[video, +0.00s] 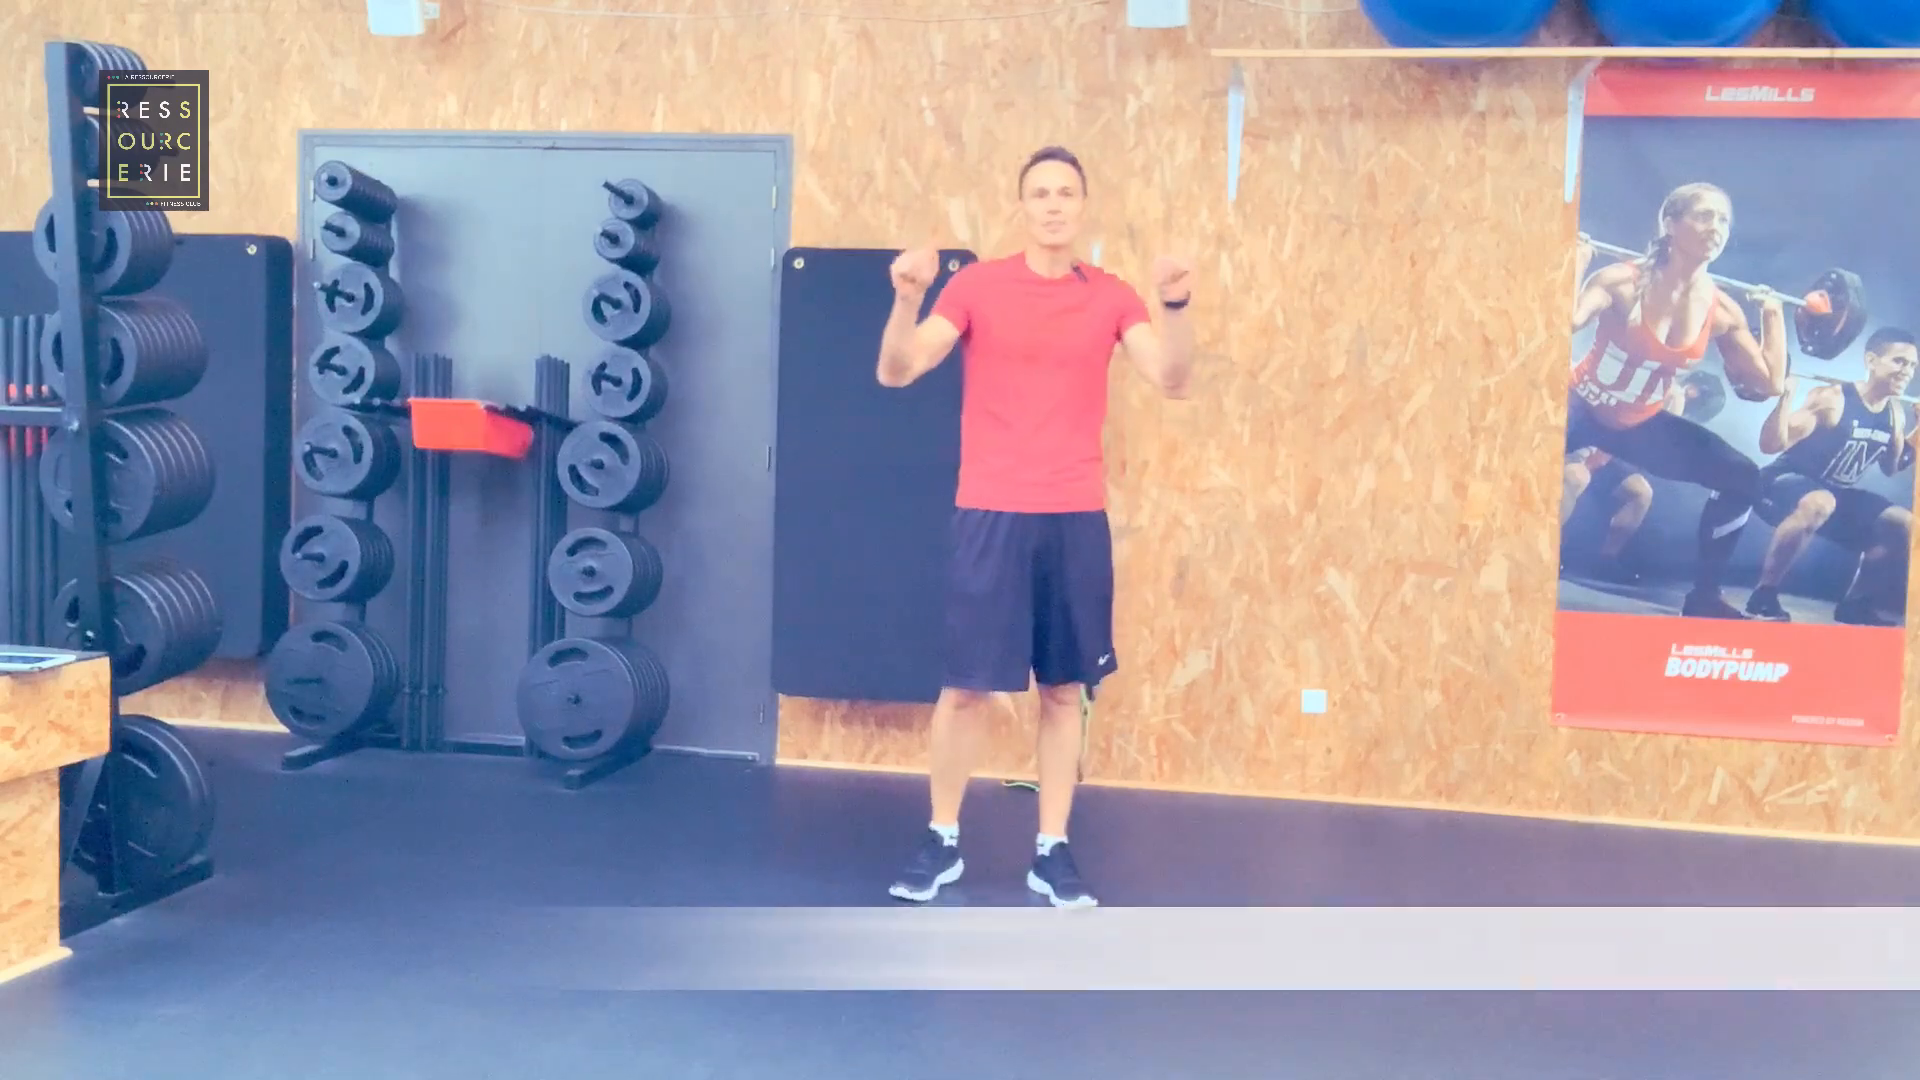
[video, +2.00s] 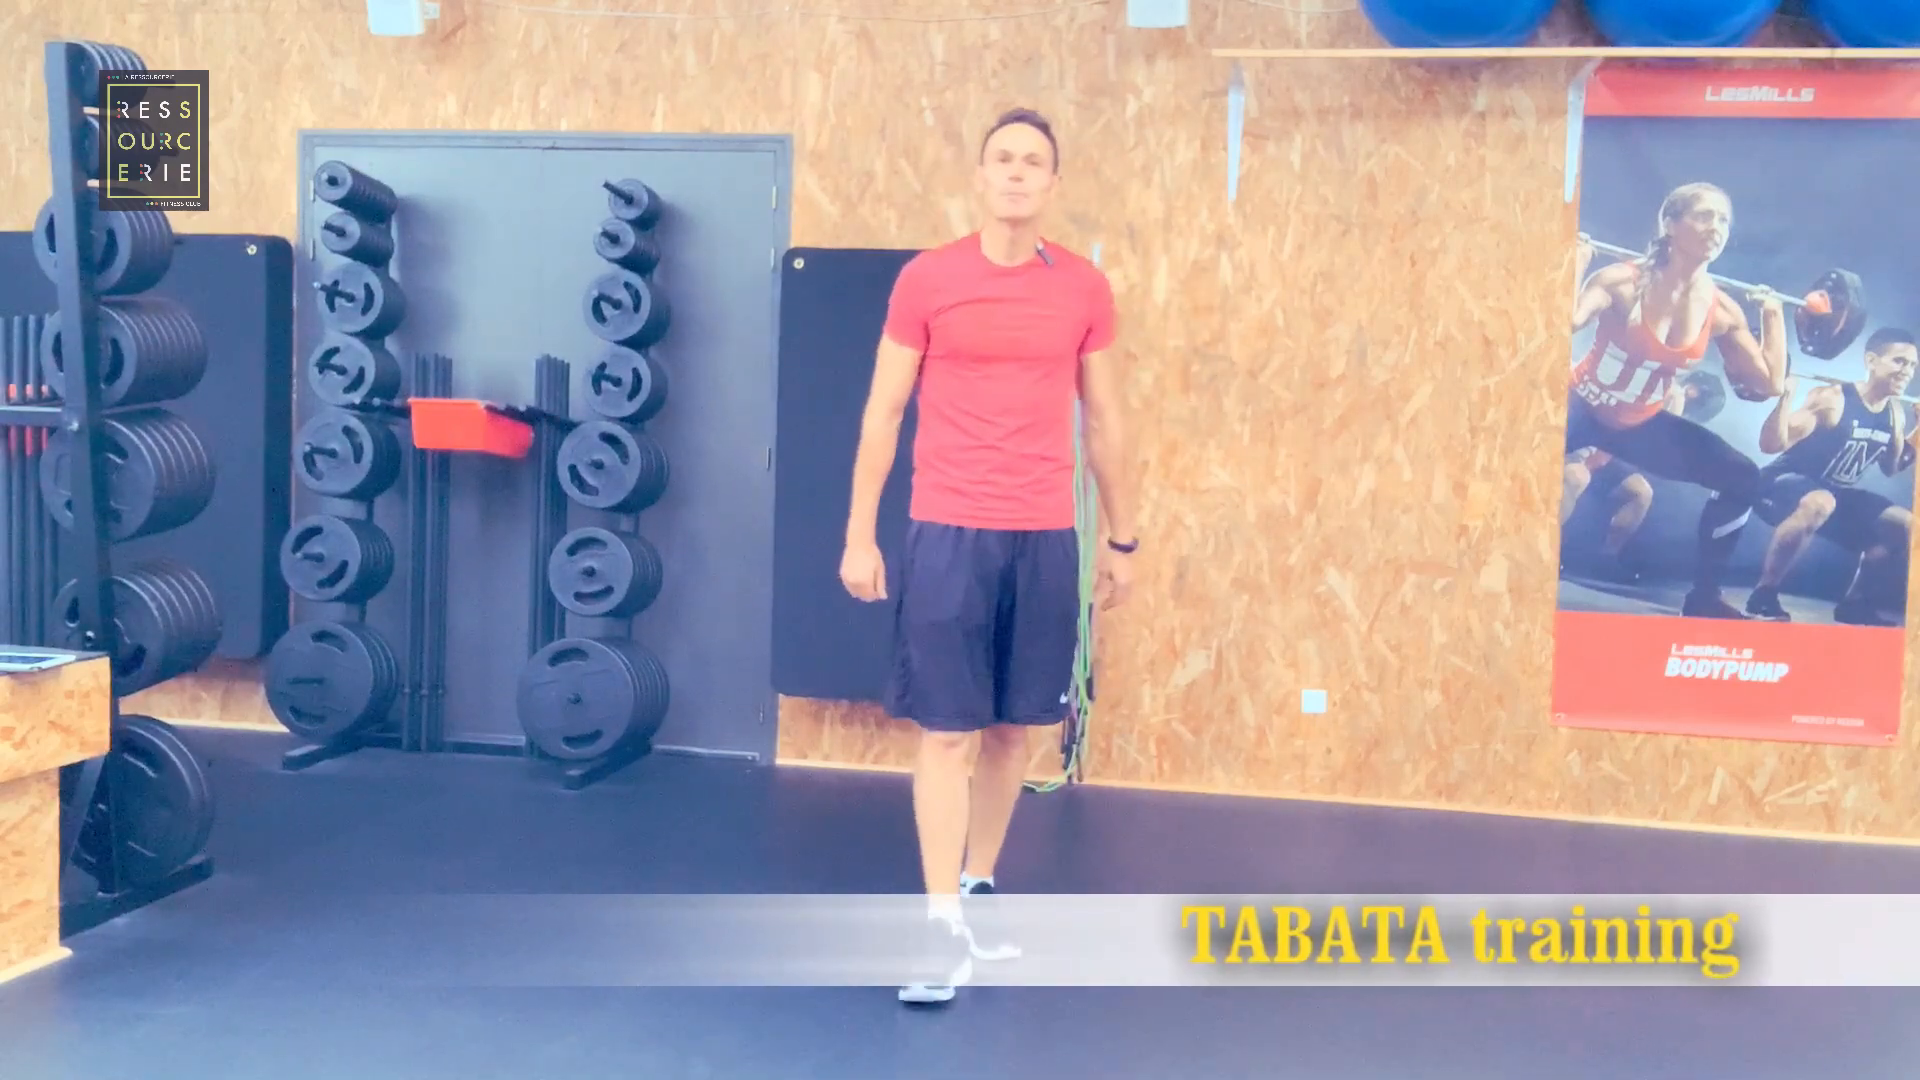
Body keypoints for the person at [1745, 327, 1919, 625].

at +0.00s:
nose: (1906, 372)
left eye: (1912, 365)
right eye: (1899, 361)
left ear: (1914, 372)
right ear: (1871, 361)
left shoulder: (1894, 413)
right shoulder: (1830, 398)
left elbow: (1891, 467)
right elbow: (1769, 444)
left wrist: (1910, 441)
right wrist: (1785, 396)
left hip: (1839, 495)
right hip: (1786, 481)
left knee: (1905, 525)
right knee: (1820, 503)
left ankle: (1854, 605)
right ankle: (1763, 596)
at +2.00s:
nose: (1906, 371)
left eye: (1911, 365)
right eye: (1899, 361)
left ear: (1914, 371)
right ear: (1871, 361)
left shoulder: (1894, 412)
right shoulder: (1831, 398)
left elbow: (1891, 467)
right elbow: (1769, 444)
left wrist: (1911, 443)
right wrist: (1786, 395)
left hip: (1839, 495)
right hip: (1785, 481)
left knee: (1906, 526)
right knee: (1821, 502)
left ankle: (1854, 604)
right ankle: (1764, 595)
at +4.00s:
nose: (1906, 371)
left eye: (1911, 365)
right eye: (1899, 361)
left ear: (1914, 371)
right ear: (1871, 361)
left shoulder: (1894, 412)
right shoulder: (1830, 398)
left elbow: (1892, 467)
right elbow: (1769, 444)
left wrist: (1912, 443)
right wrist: (1785, 396)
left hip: (1839, 495)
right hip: (1785, 482)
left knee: (1904, 524)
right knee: (1821, 502)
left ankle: (1854, 605)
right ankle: (1763, 596)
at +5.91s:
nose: (1906, 372)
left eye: (1911, 365)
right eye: (1899, 361)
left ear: (1913, 371)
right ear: (1872, 361)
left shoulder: (1894, 411)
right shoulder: (1831, 397)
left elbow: (1891, 466)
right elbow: (1768, 444)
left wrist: (1911, 441)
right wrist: (1784, 398)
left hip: (1839, 494)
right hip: (1785, 481)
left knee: (1905, 524)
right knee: (1820, 502)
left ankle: (1855, 605)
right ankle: (1763, 595)